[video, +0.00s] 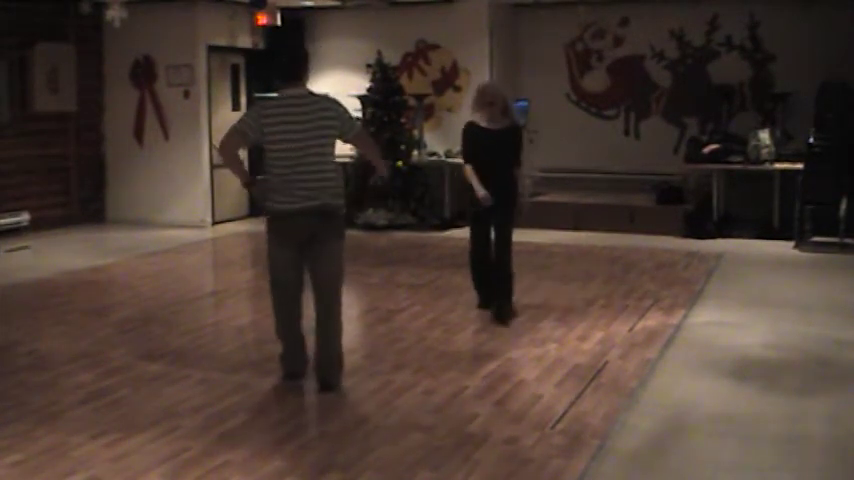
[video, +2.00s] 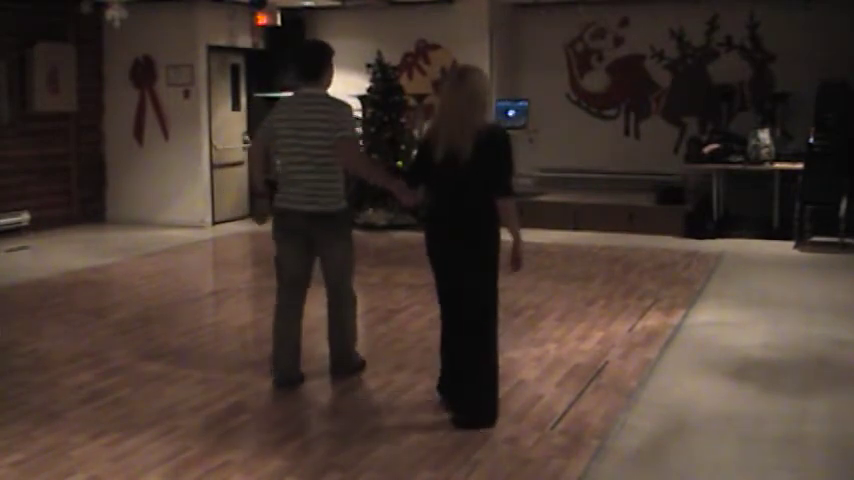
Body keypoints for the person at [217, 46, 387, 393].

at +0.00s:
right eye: (302, 64)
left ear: (274, 72)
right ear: (305, 69)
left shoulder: (263, 110)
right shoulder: (327, 106)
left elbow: (226, 147)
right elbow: (363, 142)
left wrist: (246, 179)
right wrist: (380, 164)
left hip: (283, 215)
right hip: (326, 212)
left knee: (285, 293)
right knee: (328, 296)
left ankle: (294, 368)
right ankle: (329, 375)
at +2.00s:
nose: (333, 72)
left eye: (331, 65)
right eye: (331, 66)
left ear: (296, 70)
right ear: (327, 70)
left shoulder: (281, 110)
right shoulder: (337, 110)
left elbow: (257, 151)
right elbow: (351, 159)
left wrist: (259, 193)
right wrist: (397, 187)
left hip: (289, 213)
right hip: (330, 214)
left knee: (290, 291)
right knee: (340, 289)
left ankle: (285, 371)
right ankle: (343, 360)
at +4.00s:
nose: (304, 73)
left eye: (300, 66)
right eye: (303, 67)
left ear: (267, 71)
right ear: (300, 70)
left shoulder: (254, 113)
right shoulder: (314, 113)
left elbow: (236, 168)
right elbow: (333, 171)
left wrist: (256, 199)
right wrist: (377, 193)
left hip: (267, 226)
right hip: (312, 226)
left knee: (266, 304)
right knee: (332, 297)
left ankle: (269, 389)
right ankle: (336, 374)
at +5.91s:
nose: (318, 78)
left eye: (315, 70)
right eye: (315, 71)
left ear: (281, 76)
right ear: (309, 74)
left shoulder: (265, 115)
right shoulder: (324, 114)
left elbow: (250, 164)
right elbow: (347, 168)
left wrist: (279, 182)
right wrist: (394, 193)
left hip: (276, 224)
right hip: (319, 222)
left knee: (274, 302)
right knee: (334, 292)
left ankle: (269, 388)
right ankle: (333, 367)